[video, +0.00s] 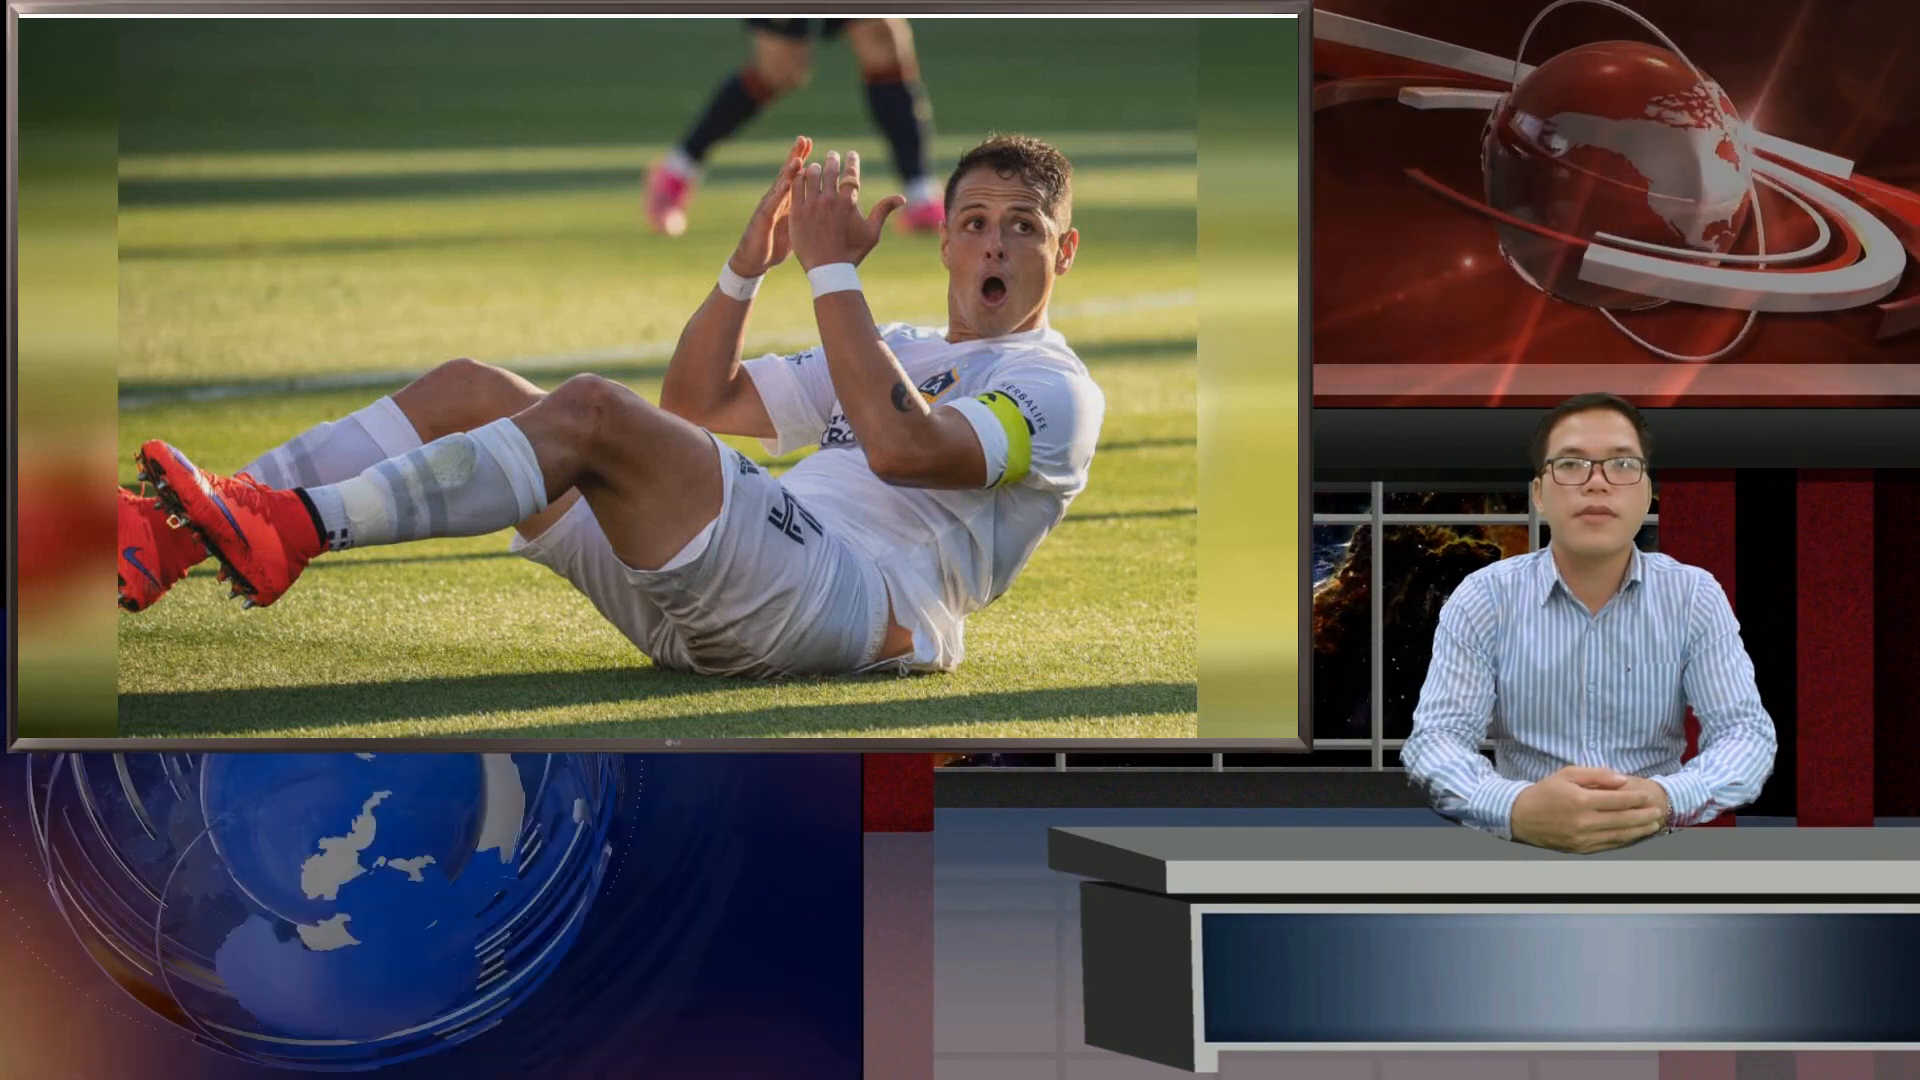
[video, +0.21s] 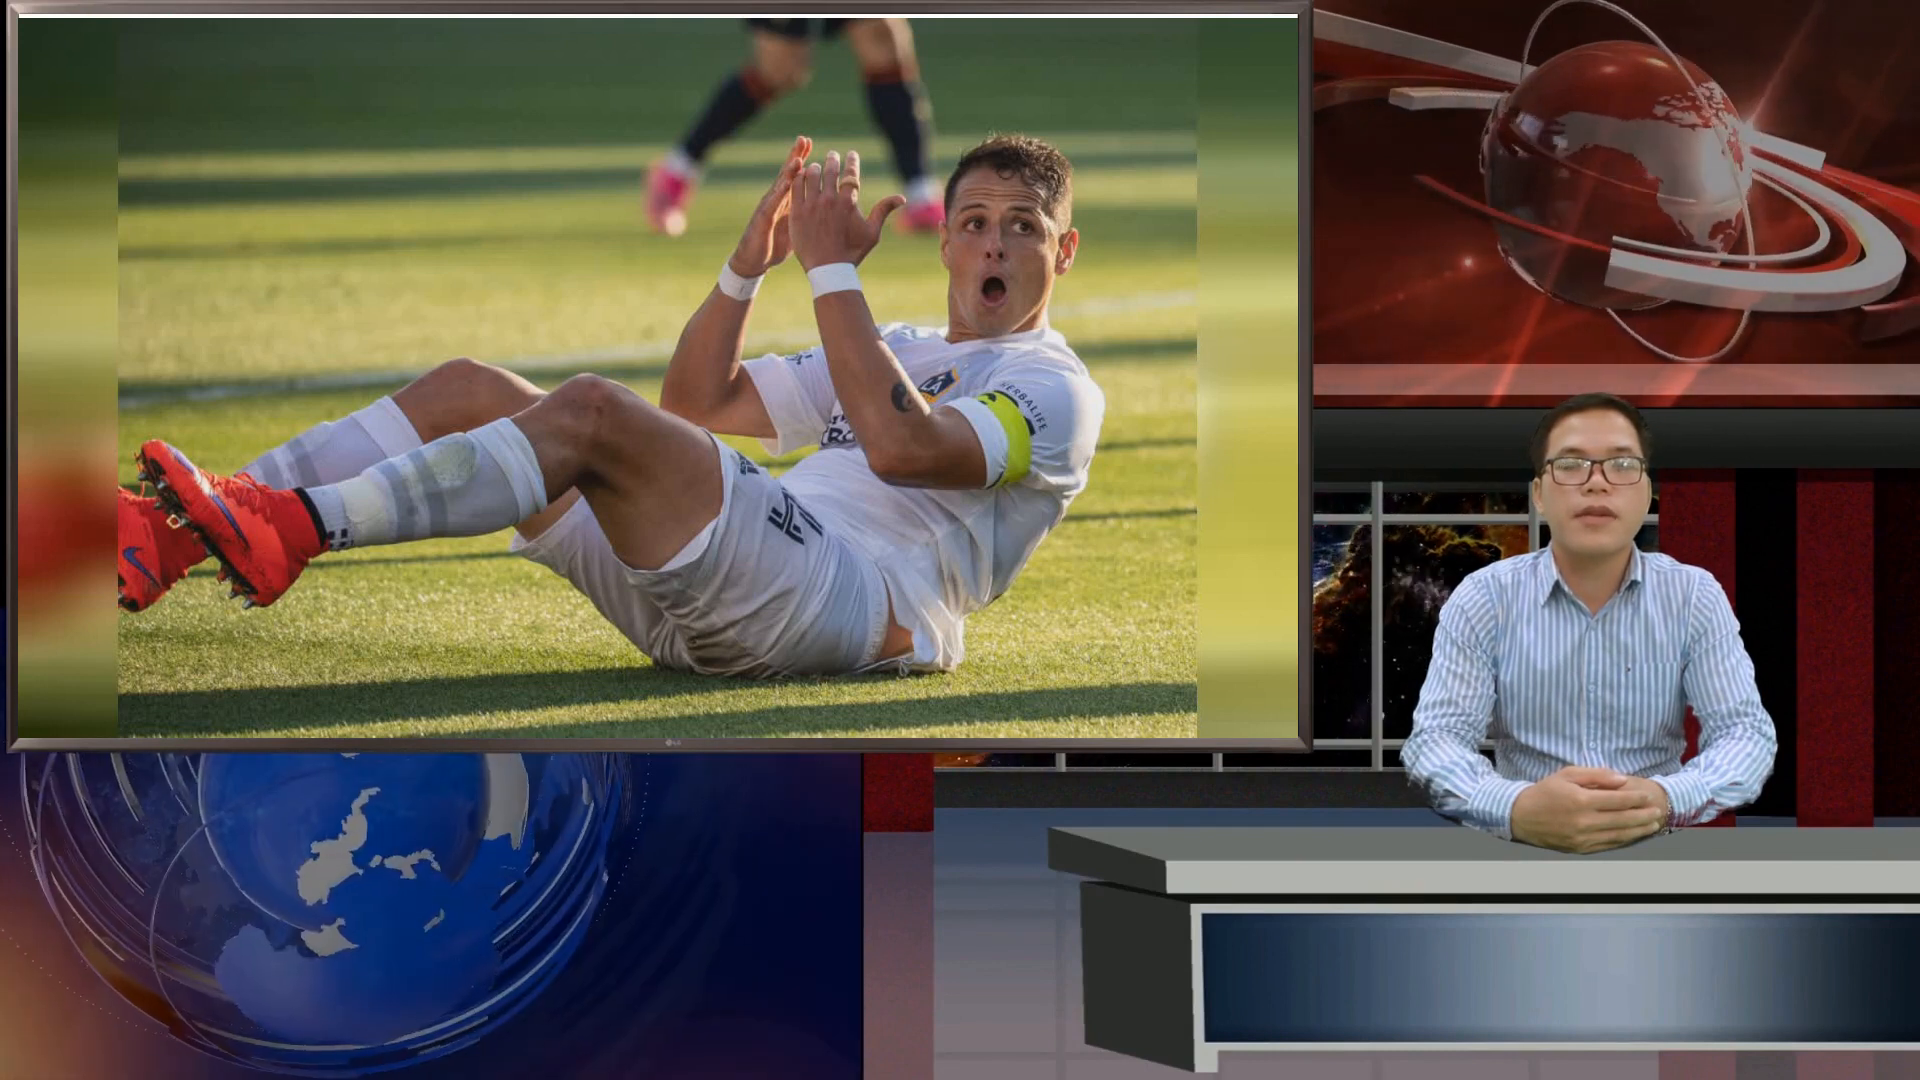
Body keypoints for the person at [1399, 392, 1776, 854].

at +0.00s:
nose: (1597, 483)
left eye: (1620, 465)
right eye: (1571, 464)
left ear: (1647, 495)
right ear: (1539, 496)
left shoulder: (1691, 598)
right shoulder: (1484, 601)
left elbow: (1745, 735)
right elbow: (1433, 745)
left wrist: (1667, 799)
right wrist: (1514, 809)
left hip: (1657, 853)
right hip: (1520, 856)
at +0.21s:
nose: (1596, 483)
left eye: (1620, 465)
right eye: (1571, 464)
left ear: (1647, 495)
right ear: (1539, 496)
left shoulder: (1691, 598)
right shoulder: (1484, 601)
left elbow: (1745, 735)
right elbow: (1433, 745)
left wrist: (1667, 799)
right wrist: (1514, 809)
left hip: (1657, 852)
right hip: (1521, 856)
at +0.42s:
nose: (1597, 483)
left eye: (1620, 465)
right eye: (1571, 464)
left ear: (1647, 495)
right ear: (1539, 496)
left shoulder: (1691, 598)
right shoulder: (1484, 601)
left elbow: (1745, 735)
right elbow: (1434, 744)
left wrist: (1667, 799)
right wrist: (1514, 809)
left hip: (1656, 852)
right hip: (1519, 855)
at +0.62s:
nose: (1597, 483)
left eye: (1621, 464)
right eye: (1571, 464)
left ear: (1647, 495)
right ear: (1539, 496)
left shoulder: (1691, 598)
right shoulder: (1485, 600)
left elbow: (1745, 735)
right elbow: (1434, 744)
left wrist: (1667, 799)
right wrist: (1514, 809)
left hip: (1656, 853)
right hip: (1520, 857)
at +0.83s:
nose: (1597, 482)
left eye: (1621, 465)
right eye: (1571, 464)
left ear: (1647, 495)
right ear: (1539, 496)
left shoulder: (1691, 598)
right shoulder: (1484, 600)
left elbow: (1745, 735)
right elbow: (1433, 744)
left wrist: (1667, 799)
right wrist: (1514, 809)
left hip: (1656, 853)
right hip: (1519, 857)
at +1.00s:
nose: (1597, 483)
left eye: (1621, 464)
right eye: (1571, 464)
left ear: (1647, 495)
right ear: (1539, 496)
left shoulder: (1691, 598)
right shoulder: (1485, 600)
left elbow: (1745, 735)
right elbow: (1434, 744)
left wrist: (1667, 799)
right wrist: (1514, 809)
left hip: (1656, 853)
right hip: (1520, 857)